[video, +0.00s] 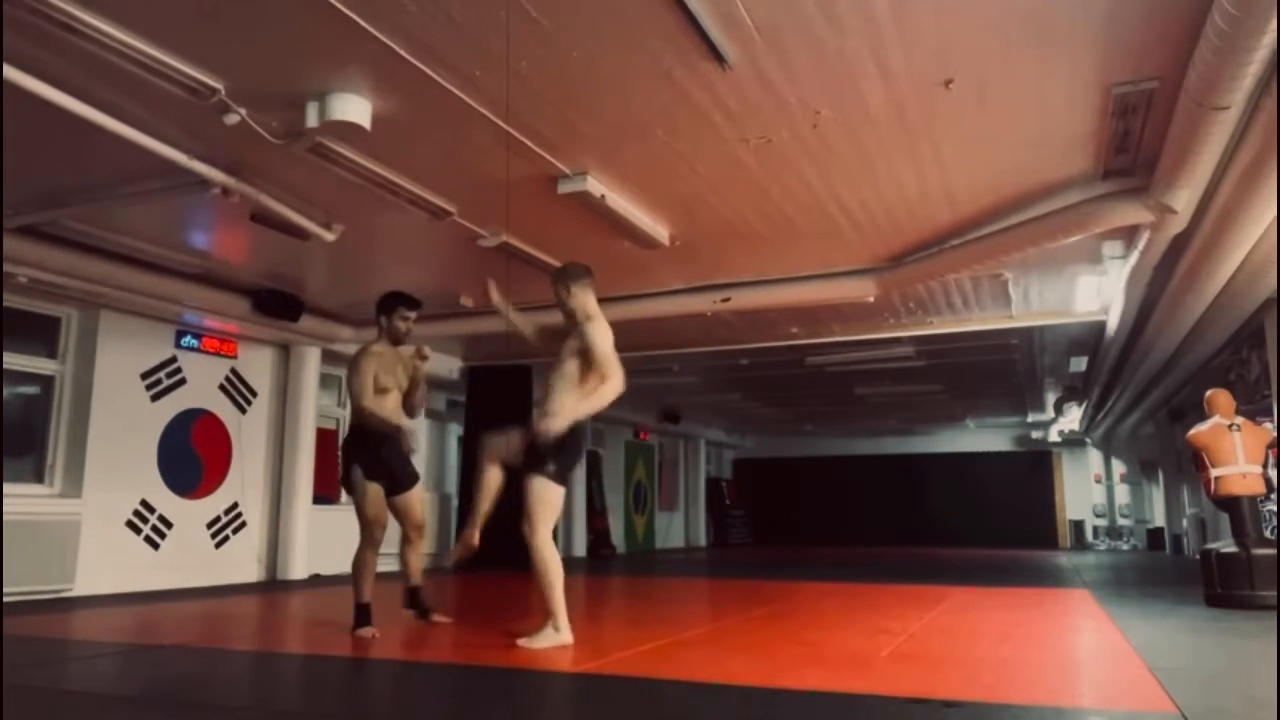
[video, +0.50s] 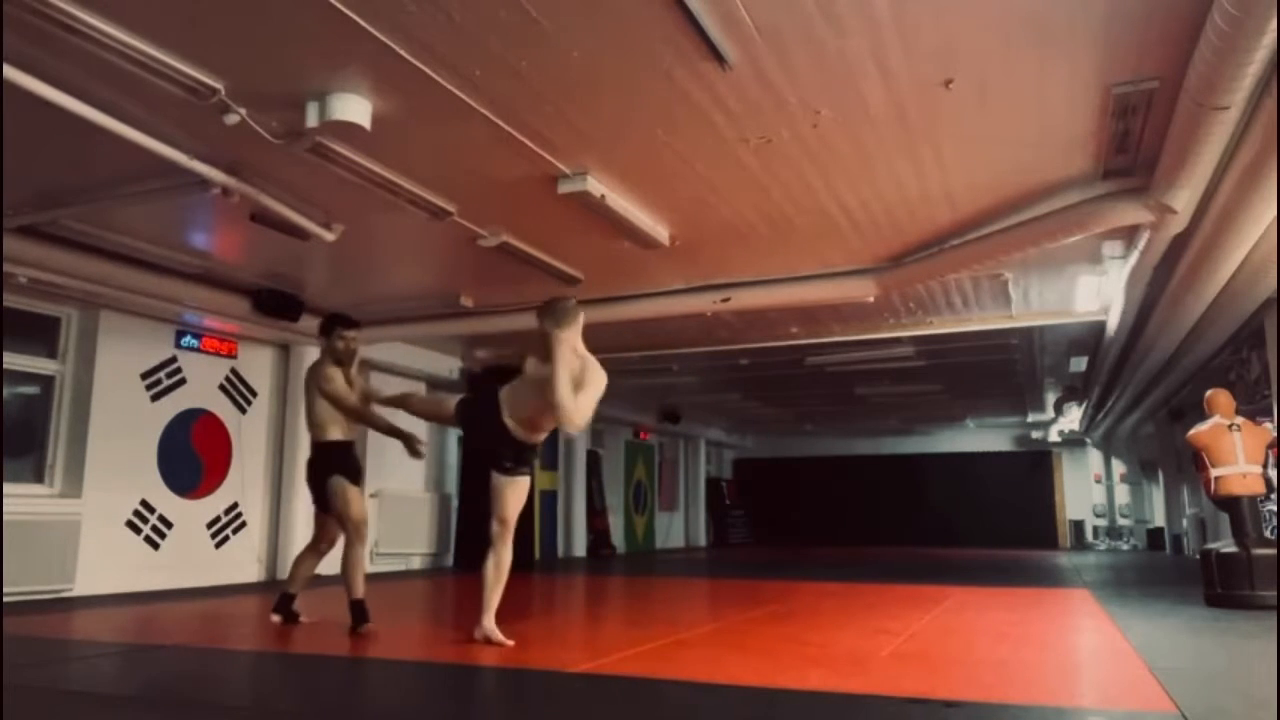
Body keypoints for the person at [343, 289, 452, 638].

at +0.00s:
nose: (410, 327)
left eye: (413, 321)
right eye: (404, 320)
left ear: (413, 323)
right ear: (385, 319)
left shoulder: (408, 359)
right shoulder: (366, 356)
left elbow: (412, 409)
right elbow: (361, 406)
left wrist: (419, 372)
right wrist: (398, 429)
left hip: (394, 442)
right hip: (364, 442)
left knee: (415, 524)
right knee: (374, 529)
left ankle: (415, 595)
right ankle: (363, 612)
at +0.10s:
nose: (402, 328)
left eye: (406, 322)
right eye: (396, 321)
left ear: (406, 324)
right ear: (378, 320)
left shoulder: (397, 358)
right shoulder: (363, 360)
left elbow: (408, 408)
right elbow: (360, 412)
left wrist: (409, 371)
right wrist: (395, 448)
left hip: (387, 440)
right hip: (359, 441)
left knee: (398, 527)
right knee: (373, 528)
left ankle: (379, 596)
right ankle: (361, 612)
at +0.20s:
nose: (393, 331)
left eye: (397, 326)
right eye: (386, 325)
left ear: (398, 328)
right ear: (369, 325)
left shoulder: (388, 362)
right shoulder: (358, 364)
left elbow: (404, 405)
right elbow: (362, 416)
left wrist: (399, 362)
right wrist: (397, 451)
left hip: (377, 444)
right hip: (353, 445)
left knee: (383, 528)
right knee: (373, 528)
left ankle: (345, 583)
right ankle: (361, 613)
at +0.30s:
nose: (376, 336)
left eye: (381, 330)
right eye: (370, 330)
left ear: (387, 333)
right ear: (355, 331)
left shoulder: (380, 364)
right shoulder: (349, 364)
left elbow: (391, 404)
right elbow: (366, 412)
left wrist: (383, 367)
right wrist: (402, 448)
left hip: (368, 451)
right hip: (347, 450)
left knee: (358, 532)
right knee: (374, 528)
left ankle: (315, 581)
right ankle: (361, 617)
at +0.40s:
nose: (362, 341)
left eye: (367, 335)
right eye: (355, 334)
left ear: (371, 338)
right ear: (340, 336)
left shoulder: (355, 368)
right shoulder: (339, 369)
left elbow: (375, 406)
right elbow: (372, 414)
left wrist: (374, 382)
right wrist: (410, 440)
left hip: (352, 453)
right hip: (343, 454)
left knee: (339, 536)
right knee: (370, 531)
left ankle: (292, 596)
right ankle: (361, 619)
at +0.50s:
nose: (350, 346)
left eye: (354, 340)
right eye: (343, 339)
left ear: (357, 342)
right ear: (326, 340)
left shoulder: (348, 372)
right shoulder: (323, 372)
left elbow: (371, 400)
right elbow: (355, 410)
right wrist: (402, 436)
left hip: (344, 458)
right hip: (329, 459)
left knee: (324, 540)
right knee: (357, 531)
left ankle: (285, 602)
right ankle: (359, 614)